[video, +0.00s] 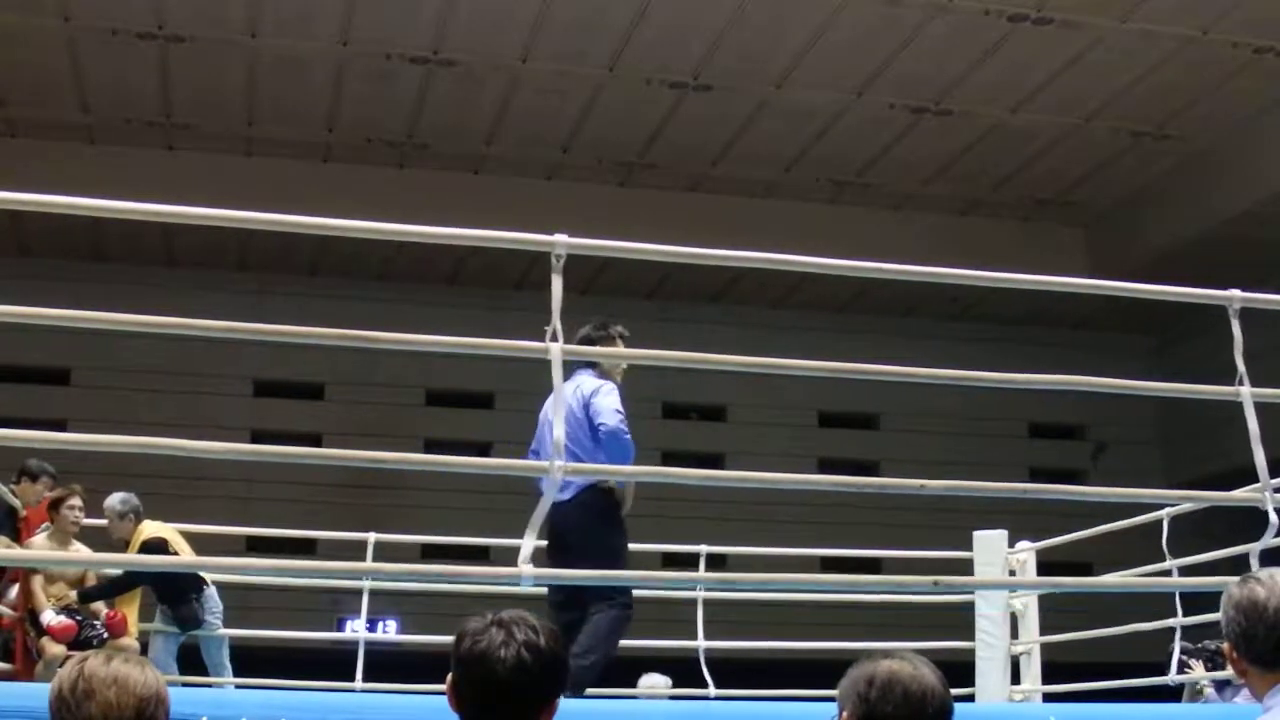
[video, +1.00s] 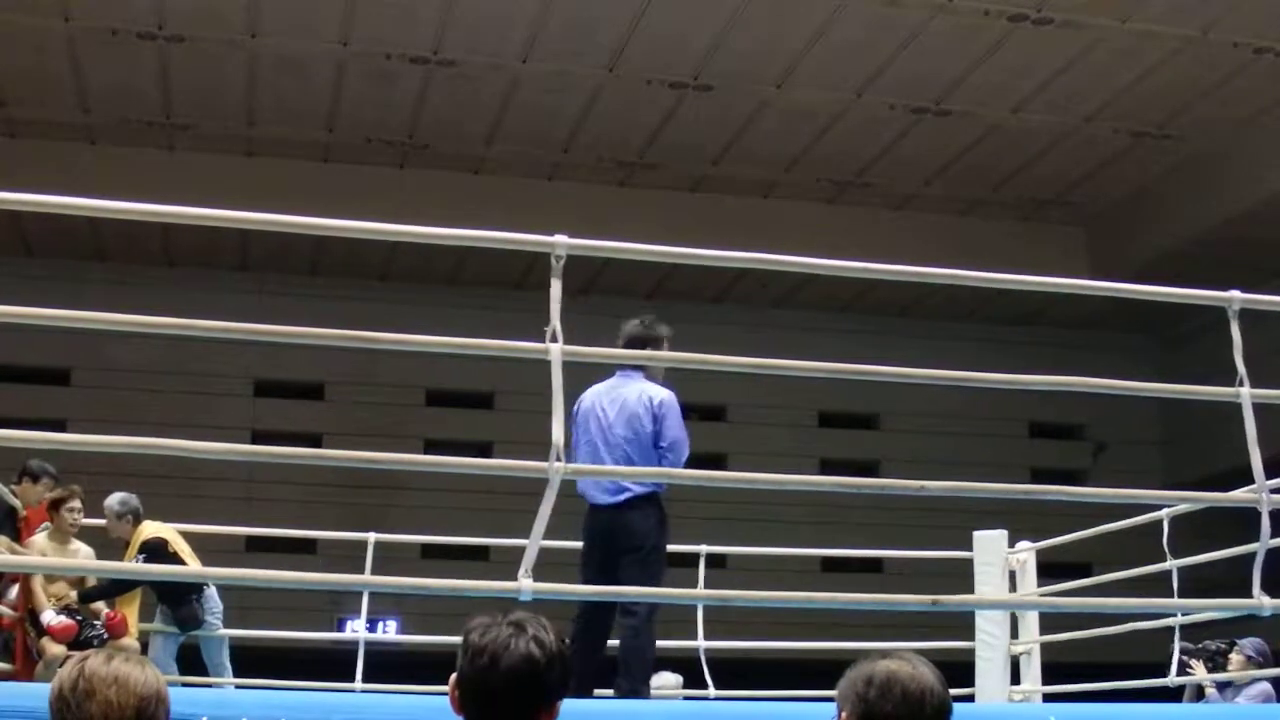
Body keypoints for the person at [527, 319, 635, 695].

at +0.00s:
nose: (625, 361)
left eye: (625, 353)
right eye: (620, 353)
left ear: (584, 356)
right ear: (600, 354)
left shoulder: (555, 398)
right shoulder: (600, 387)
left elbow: (534, 458)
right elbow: (611, 430)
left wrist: (555, 492)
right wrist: (626, 485)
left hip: (558, 508)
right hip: (592, 503)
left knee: (566, 602)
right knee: (614, 601)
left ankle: (551, 686)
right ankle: (572, 687)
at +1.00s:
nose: (667, 358)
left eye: (667, 351)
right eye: (665, 351)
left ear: (623, 352)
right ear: (652, 353)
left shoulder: (587, 398)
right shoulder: (660, 398)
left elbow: (576, 453)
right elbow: (676, 453)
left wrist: (597, 479)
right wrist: (654, 482)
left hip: (598, 515)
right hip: (642, 514)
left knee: (593, 606)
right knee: (638, 607)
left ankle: (576, 696)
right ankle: (632, 699)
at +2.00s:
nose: (658, 355)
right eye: (659, 351)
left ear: (622, 350)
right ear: (659, 354)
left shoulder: (592, 399)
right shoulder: (671, 399)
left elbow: (589, 456)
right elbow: (690, 457)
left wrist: (608, 485)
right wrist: (687, 499)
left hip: (606, 516)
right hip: (651, 515)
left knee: (597, 607)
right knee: (642, 608)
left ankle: (585, 698)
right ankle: (632, 698)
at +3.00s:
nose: (670, 362)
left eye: (666, 356)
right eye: (669, 357)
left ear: (628, 355)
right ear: (664, 359)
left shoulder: (594, 399)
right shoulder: (669, 398)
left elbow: (550, 435)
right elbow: (708, 439)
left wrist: (536, 417)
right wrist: (769, 435)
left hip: (612, 516)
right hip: (656, 515)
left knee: (603, 606)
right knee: (648, 606)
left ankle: (587, 697)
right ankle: (634, 698)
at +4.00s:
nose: (669, 374)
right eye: (669, 369)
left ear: (627, 365)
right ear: (663, 367)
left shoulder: (598, 398)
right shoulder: (672, 396)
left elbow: (549, 428)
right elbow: (714, 431)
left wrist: (537, 397)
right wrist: (770, 412)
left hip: (612, 516)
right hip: (656, 514)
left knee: (601, 606)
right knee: (646, 606)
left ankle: (588, 697)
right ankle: (632, 696)